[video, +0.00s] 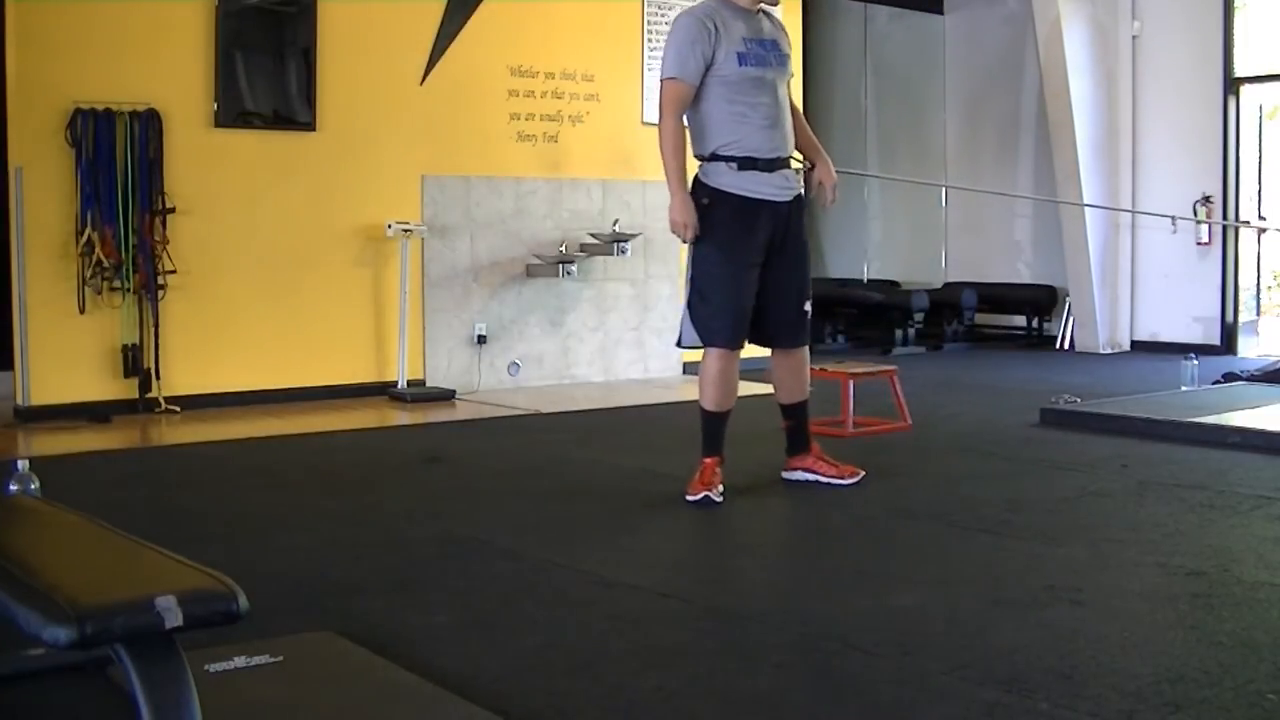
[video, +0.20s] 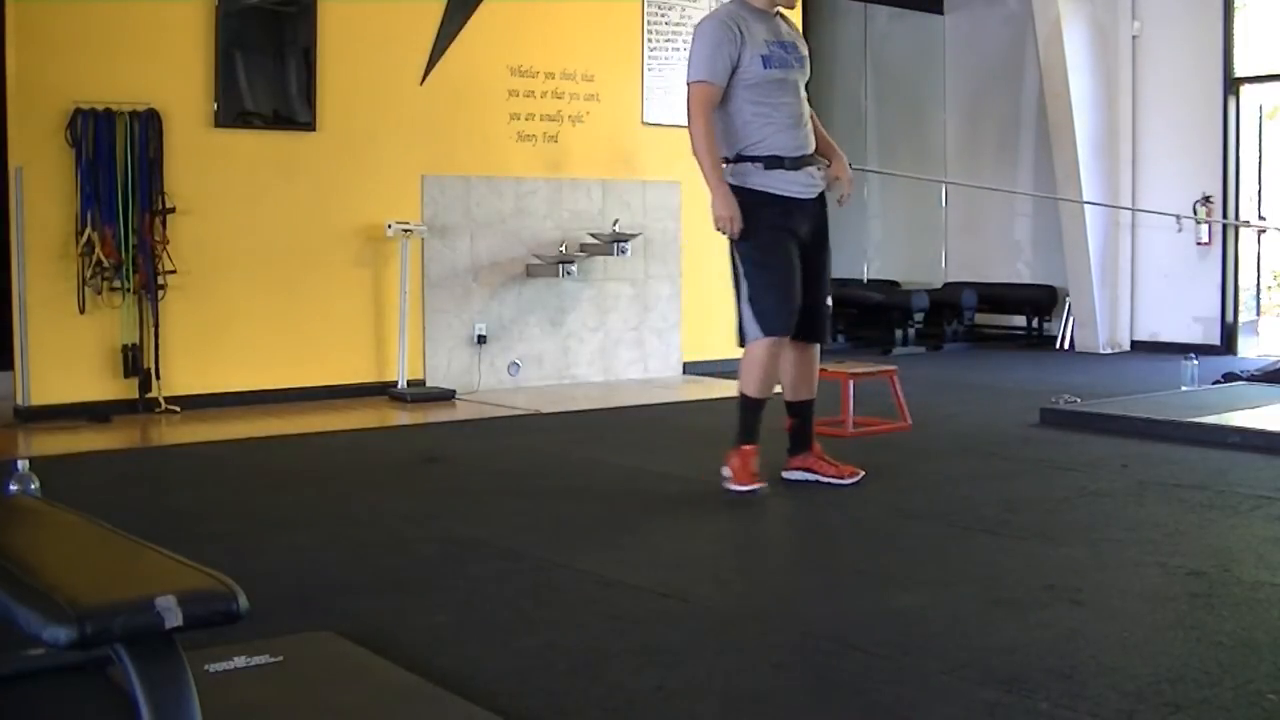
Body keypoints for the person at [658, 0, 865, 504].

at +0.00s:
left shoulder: (776, 27)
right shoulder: (698, 22)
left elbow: (783, 107)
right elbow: (671, 113)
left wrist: (819, 156)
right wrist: (678, 195)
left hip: (784, 198)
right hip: (727, 196)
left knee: (790, 331)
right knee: (723, 337)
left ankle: (800, 454)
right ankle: (711, 464)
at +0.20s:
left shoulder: (791, 31)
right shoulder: (720, 27)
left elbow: (796, 106)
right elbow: (699, 112)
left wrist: (834, 153)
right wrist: (718, 190)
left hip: (808, 197)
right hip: (757, 196)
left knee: (806, 328)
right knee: (772, 323)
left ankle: (802, 454)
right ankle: (745, 452)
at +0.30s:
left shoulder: (801, 29)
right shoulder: (732, 25)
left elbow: (805, 105)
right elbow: (708, 110)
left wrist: (844, 150)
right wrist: (737, 184)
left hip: (814, 191)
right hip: (769, 191)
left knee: (815, 317)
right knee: (803, 313)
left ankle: (805, 449)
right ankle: (795, 453)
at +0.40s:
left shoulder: (810, 25)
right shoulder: (745, 26)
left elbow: (816, 100)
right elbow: (714, 110)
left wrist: (856, 147)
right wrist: (749, 180)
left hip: (826, 192)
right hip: (781, 193)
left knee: (814, 322)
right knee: (830, 314)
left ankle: (800, 452)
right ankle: (853, 451)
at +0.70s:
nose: (873, 3)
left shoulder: (861, 34)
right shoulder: (797, 47)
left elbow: (852, 94)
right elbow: (750, 128)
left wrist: (877, 120)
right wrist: (749, 204)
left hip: (871, 201)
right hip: (832, 203)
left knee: (863, 329)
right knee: (882, 323)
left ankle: (813, 443)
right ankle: (909, 452)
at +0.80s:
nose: (897, 7)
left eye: (897, 2)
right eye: (892, 0)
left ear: (871, 3)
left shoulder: (878, 44)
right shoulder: (820, 51)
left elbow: (869, 125)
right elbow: (780, 138)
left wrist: (882, 185)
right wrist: (763, 216)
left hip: (884, 200)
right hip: (845, 203)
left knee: (913, 318)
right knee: (898, 323)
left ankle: (843, 418)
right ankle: (914, 452)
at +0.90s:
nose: (913, 11)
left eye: (915, 5)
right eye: (910, 3)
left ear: (890, 3)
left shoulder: (894, 46)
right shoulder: (836, 48)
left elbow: (882, 121)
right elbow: (805, 132)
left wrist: (903, 171)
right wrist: (800, 213)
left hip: (900, 199)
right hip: (855, 201)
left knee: (945, 309)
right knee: (905, 322)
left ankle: (882, 408)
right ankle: (913, 452)